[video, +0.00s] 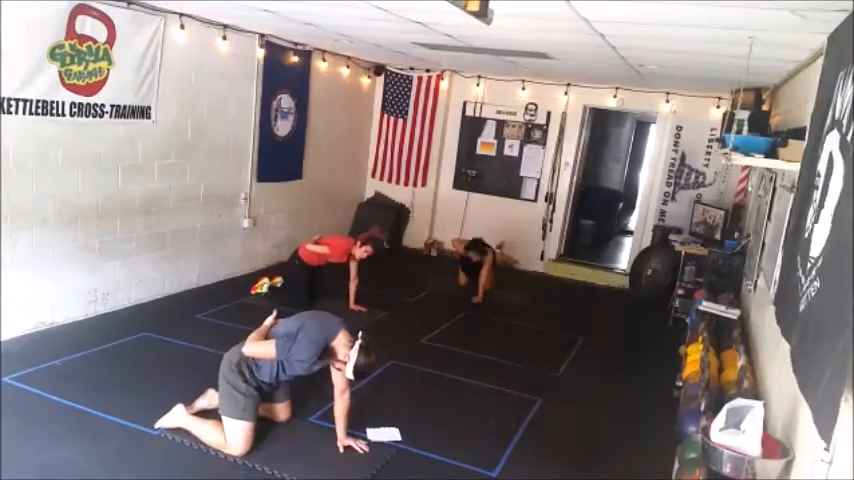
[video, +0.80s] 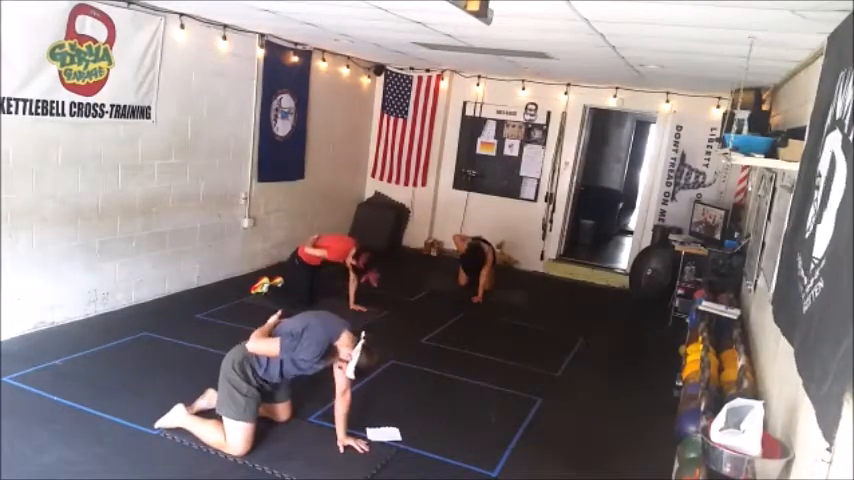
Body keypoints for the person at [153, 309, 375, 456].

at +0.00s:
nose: (341, 369)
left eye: (346, 368)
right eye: (345, 365)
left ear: (353, 351)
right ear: (349, 357)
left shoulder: (343, 338)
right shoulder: (306, 347)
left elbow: (342, 391)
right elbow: (248, 348)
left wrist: (343, 436)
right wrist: (266, 325)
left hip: (271, 367)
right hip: (241, 369)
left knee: (281, 412)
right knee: (236, 446)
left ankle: (217, 400)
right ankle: (182, 418)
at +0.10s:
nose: (355, 374)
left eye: (360, 372)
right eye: (359, 370)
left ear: (362, 351)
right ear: (358, 361)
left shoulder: (347, 338)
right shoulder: (314, 356)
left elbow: (343, 391)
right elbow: (255, 360)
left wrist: (341, 435)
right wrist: (271, 333)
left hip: (274, 366)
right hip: (242, 367)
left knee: (281, 413)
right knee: (237, 445)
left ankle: (217, 399)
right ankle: (182, 418)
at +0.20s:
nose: (381, 349)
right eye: (379, 343)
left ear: (363, 332)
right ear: (364, 336)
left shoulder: (347, 339)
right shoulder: (323, 360)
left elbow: (345, 393)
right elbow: (265, 374)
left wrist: (342, 435)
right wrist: (279, 343)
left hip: (266, 355)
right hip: (242, 369)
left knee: (282, 412)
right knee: (237, 446)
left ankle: (219, 400)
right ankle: (183, 417)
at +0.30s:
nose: (377, 326)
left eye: (377, 320)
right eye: (371, 321)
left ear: (358, 322)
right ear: (352, 321)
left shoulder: (348, 348)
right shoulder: (322, 350)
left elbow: (344, 394)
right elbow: (263, 371)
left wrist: (342, 436)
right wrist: (280, 344)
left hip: (267, 359)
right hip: (242, 367)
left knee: (281, 411)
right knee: (237, 446)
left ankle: (217, 400)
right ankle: (182, 417)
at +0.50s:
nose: (373, 317)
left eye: (373, 312)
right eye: (368, 313)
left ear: (356, 319)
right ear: (347, 317)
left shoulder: (348, 349)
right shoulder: (319, 344)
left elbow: (344, 393)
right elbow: (261, 366)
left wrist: (342, 436)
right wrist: (280, 342)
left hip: (270, 363)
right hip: (243, 368)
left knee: (281, 411)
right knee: (237, 446)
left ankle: (216, 400)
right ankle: (182, 417)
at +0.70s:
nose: (346, 366)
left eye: (349, 364)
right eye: (349, 362)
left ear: (354, 347)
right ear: (354, 353)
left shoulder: (344, 339)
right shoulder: (311, 343)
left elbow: (342, 392)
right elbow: (252, 345)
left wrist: (343, 435)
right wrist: (268, 325)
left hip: (273, 368)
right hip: (244, 367)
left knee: (282, 412)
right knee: (236, 446)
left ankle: (217, 400)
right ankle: (182, 418)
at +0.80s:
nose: (346, 367)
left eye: (349, 366)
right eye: (349, 363)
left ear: (355, 352)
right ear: (352, 355)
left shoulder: (345, 341)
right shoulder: (311, 345)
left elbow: (343, 392)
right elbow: (252, 345)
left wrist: (343, 435)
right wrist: (269, 324)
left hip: (274, 369)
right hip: (244, 367)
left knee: (281, 413)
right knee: (236, 446)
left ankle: (217, 400)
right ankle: (182, 418)